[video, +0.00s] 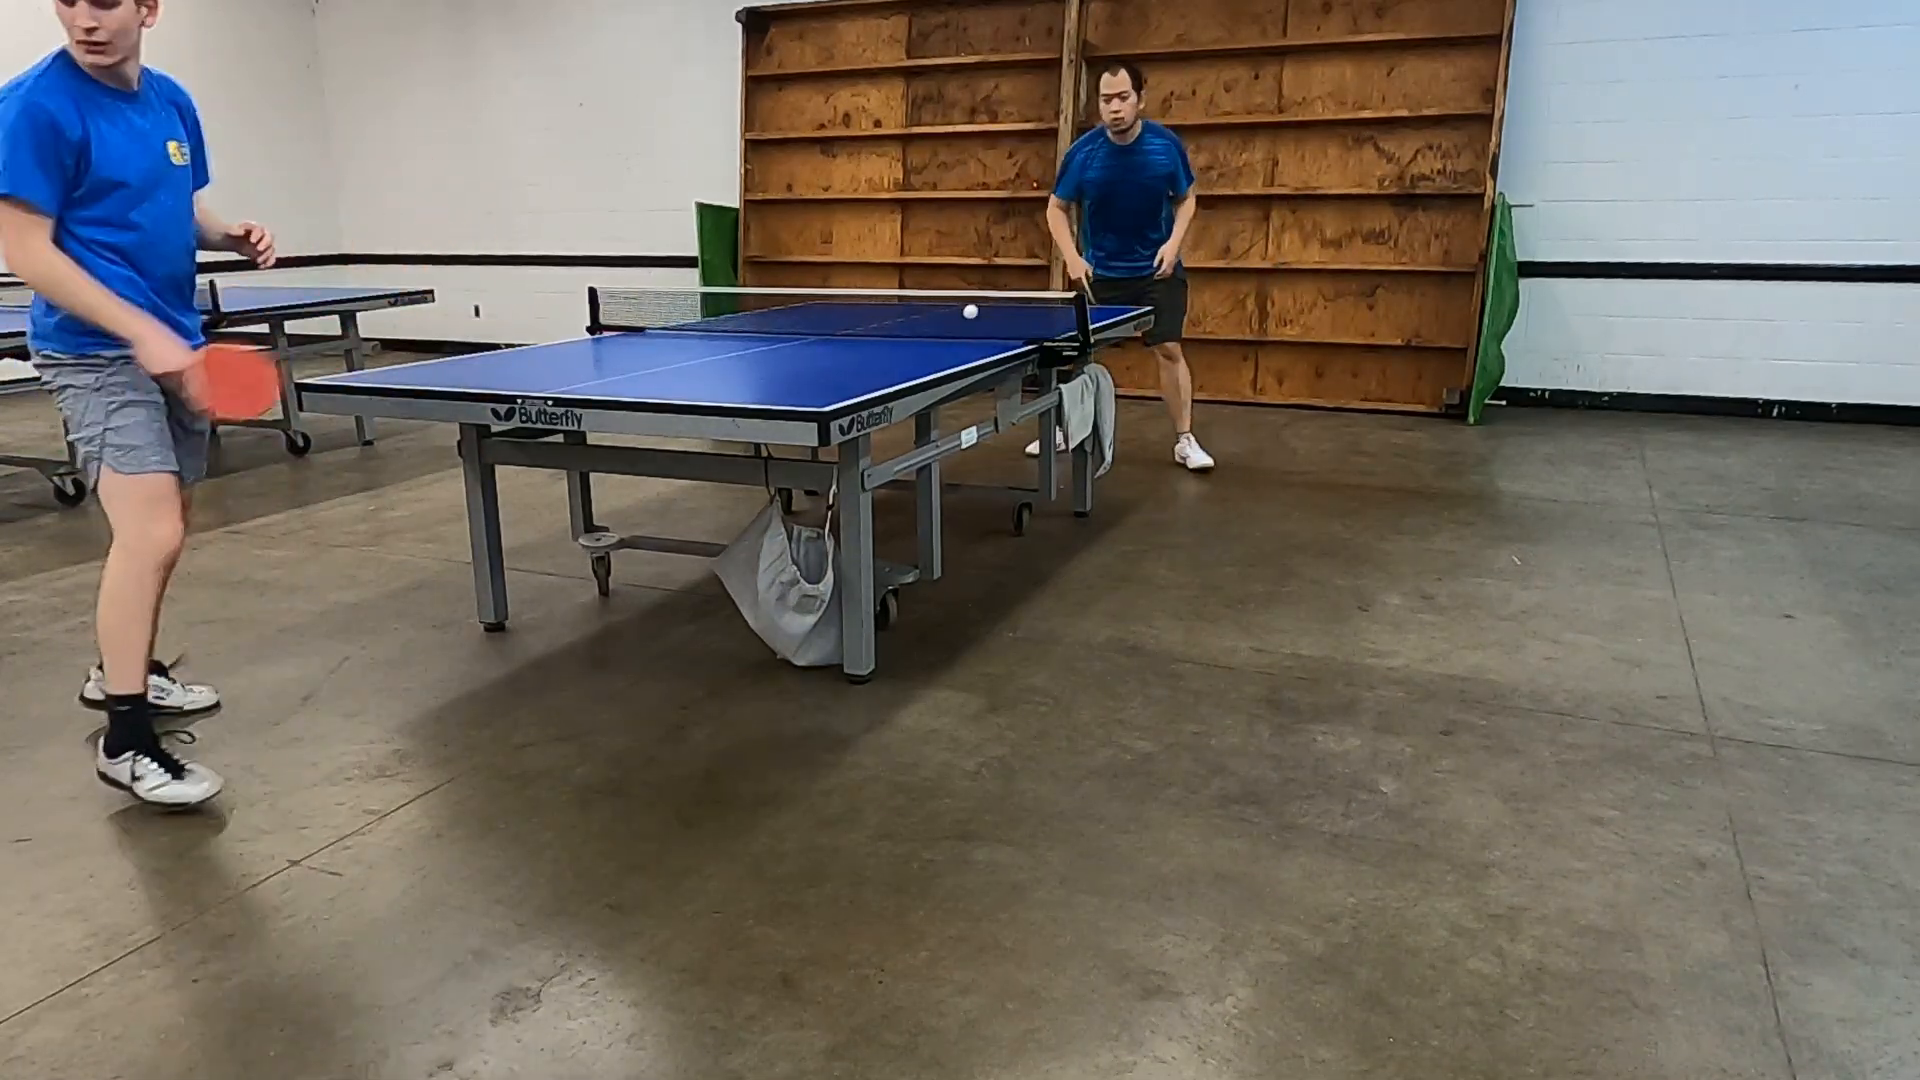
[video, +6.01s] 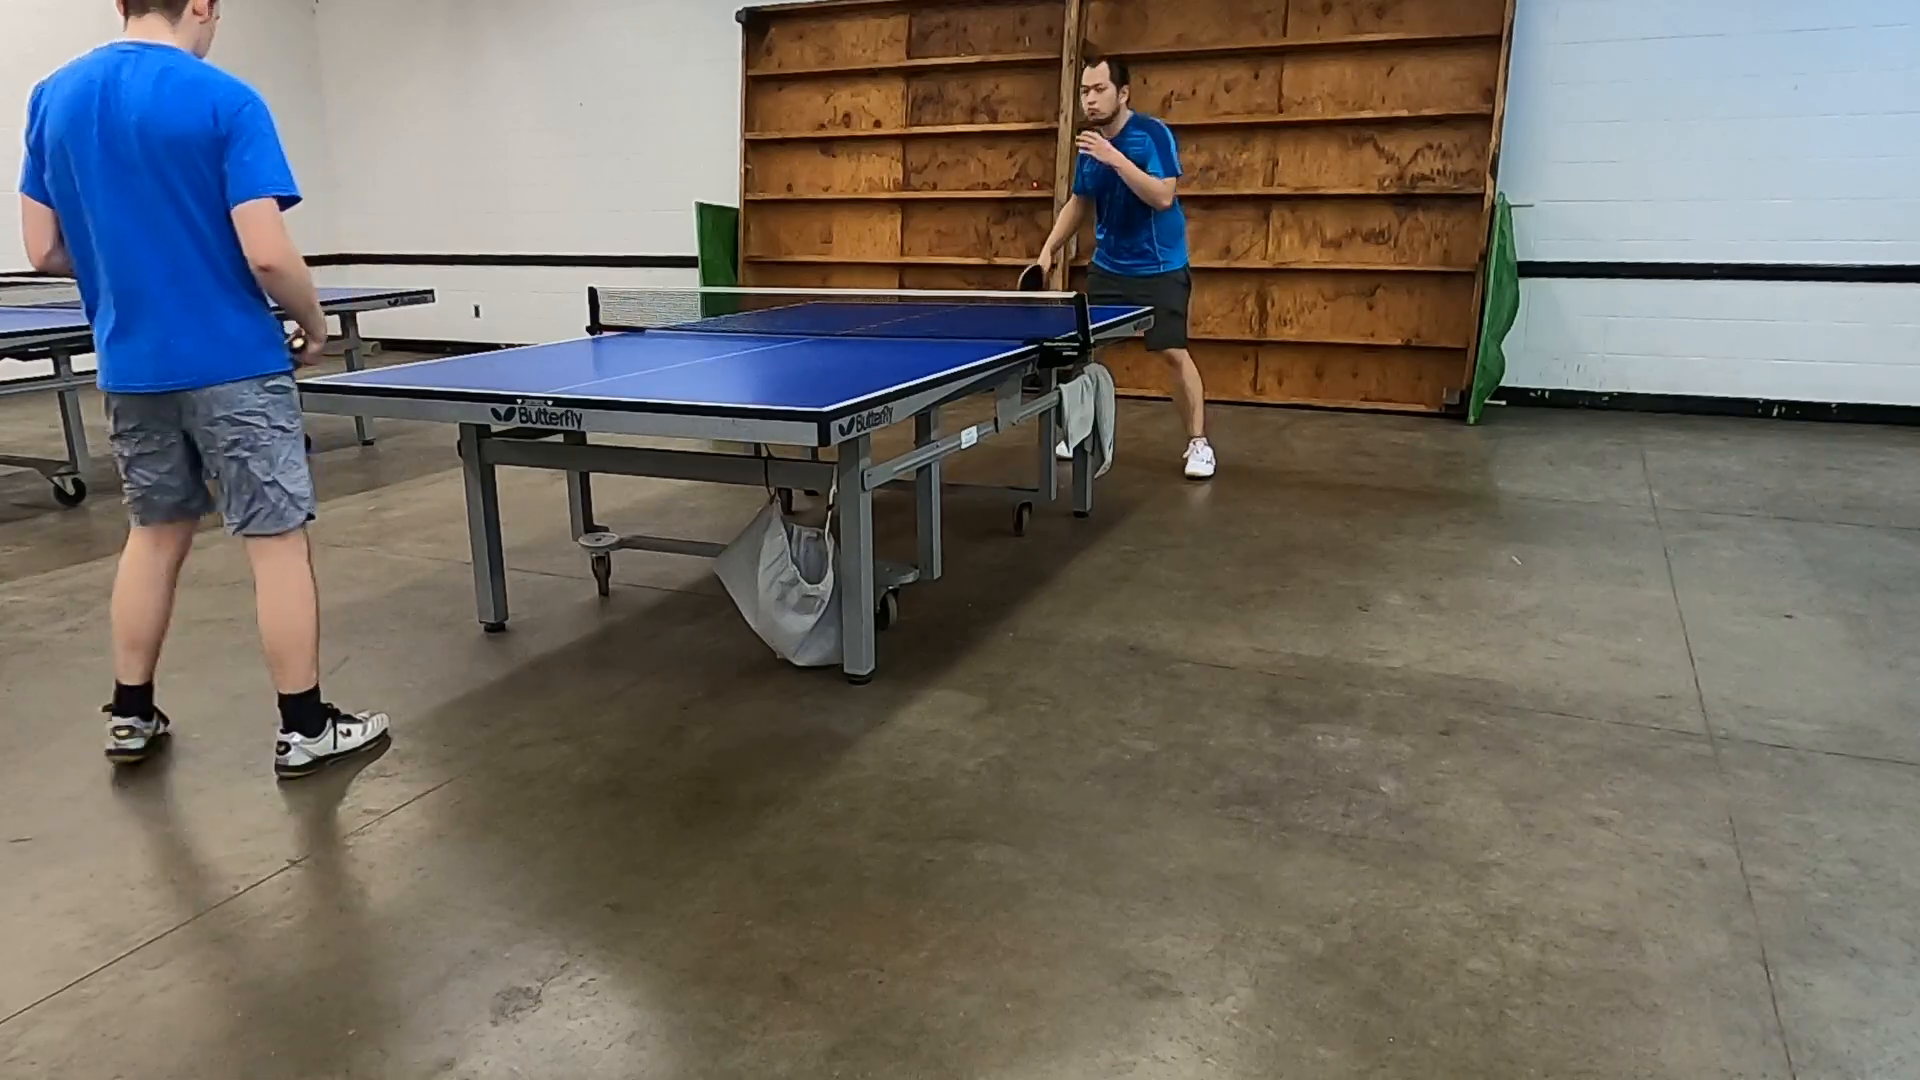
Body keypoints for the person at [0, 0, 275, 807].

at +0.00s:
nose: (85, 19)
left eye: (106, 2)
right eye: (70, 3)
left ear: (148, 10)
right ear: (55, 9)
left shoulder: (172, 102)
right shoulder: (37, 106)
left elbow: (177, 211)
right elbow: (23, 248)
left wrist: (229, 232)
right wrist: (142, 328)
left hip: (170, 342)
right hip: (93, 351)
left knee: (160, 526)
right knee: (150, 534)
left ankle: (126, 670)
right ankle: (126, 743)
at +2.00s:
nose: (1000, 15)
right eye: (1001, 11)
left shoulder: (855, 52)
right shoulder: (964, 42)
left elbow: (811, 205)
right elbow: (984, 217)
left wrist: (910, 208)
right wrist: (1092, 333)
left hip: (880, 362)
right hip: (957, 359)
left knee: (952, 550)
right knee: (1043, 553)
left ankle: (955, 755)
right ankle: (931, 742)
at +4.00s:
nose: (765, 119)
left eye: (763, 107)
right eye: (768, 105)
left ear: (776, 93)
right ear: (848, 69)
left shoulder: (770, 144)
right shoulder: (938, 108)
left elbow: (778, 339)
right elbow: (1025, 273)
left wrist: (787, 460)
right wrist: (1046, 390)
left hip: (872, 390)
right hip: (991, 375)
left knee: (816, 600)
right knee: (1015, 603)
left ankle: (775, 816)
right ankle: (1041, 829)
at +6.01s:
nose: (215, 29)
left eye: (212, 19)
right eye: (215, 17)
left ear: (120, 10)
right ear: (201, 10)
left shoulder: (55, 96)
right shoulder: (225, 98)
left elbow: (44, 250)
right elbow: (268, 256)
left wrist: (124, 259)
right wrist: (309, 316)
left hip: (130, 367)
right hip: (231, 360)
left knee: (157, 525)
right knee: (276, 534)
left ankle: (129, 715)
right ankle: (305, 724)